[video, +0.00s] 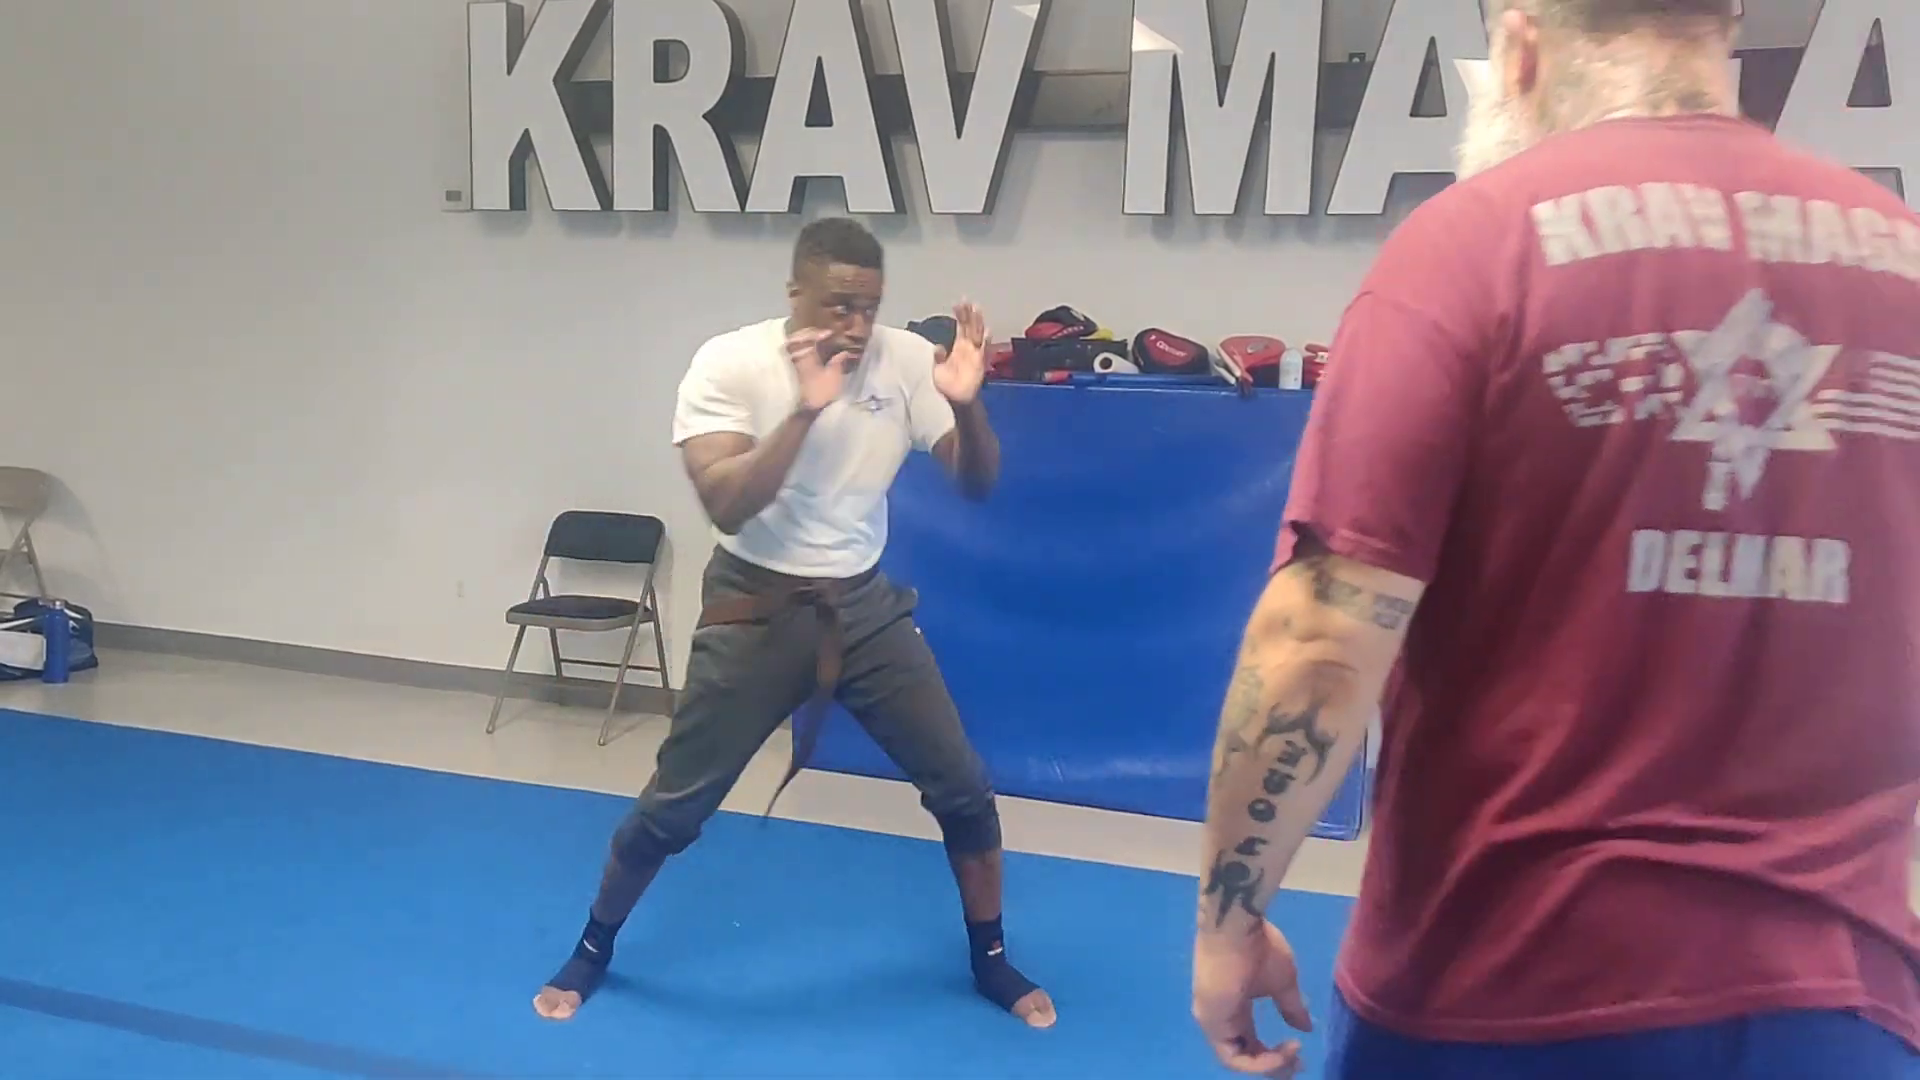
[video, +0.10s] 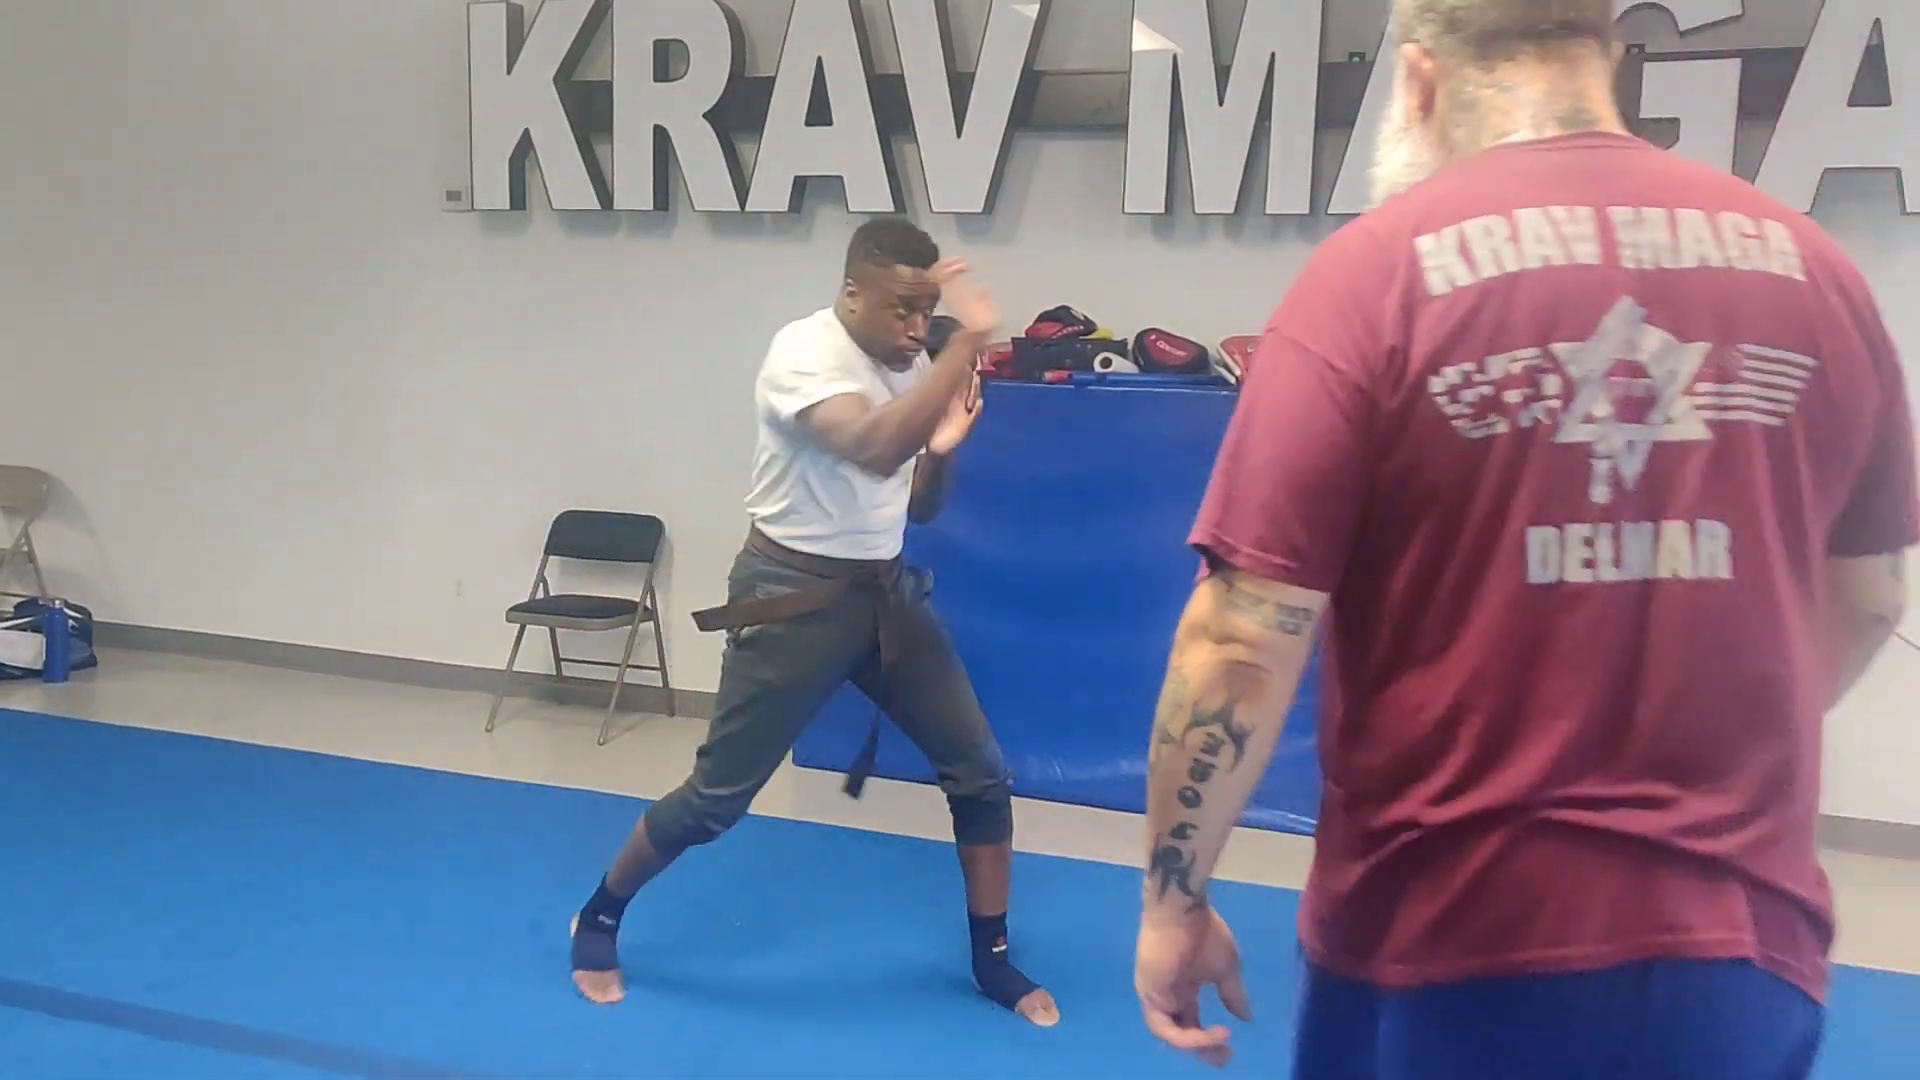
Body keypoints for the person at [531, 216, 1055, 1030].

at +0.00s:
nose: (852, 326)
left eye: (867, 308)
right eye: (835, 308)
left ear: (881, 301)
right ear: (793, 294)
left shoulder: (904, 359)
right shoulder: (727, 366)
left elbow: (977, 480)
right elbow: (726, 506)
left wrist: (966, 405)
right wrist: (805, 411)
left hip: (866, 606)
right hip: (756, 607)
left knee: (965, 791)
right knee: (672, 809)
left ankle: (990, 959)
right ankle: (592, 949)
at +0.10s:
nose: (921, 328)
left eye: (929, 312)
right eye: (904, 309)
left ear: (932, 304)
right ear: (854, 294)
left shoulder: (910, 369)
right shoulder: (800, 353)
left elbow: (919, 505)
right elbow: (875, 446)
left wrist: (938, 457)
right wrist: (965, 343)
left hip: (885, 591)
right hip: (794, 590)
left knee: (981, 774)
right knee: (715, 798)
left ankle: (993, 959)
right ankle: (600, 916)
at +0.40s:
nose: (936, 326)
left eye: (947, 310)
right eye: (920, 307)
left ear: (955, 305)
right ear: (876, 293)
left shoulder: (943, 364)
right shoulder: (817, 360)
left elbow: (984, 489)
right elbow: (866, 484)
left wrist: (1001, 410)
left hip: (909, 592)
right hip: (813, 592)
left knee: (1001, 787)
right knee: (740, 800)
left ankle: (997, 962)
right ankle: (629, 918)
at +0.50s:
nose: (902, 316)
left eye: (915, 299)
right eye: (885, 299)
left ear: (929, 290)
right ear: (847, 284)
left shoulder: (947, 353)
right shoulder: (787, 359)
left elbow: (1005, 479)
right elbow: (787, 502)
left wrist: (997, 389)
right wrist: (873, 411)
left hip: (905, 587)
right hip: (799, 580)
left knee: (986, 786)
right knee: (726, 788)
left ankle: (995, 958)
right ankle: (646, 911)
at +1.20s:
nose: (572, 227)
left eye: (591, 212)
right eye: (565, 213)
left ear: (644, 225)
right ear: (564, 230)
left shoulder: (704, 323)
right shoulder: (572, 329)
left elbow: (755, 464)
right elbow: (570, 433)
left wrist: (657, 568)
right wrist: (555, 504)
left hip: (685, 564)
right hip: (601, 558)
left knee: (656, 764)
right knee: (615, 759)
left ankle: (666, 928)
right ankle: (665, 912)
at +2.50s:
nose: (388, 178)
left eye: (402, 159)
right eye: (362, 163)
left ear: (421, 174)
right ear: (322, 183)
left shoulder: (475, 296)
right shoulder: (269, 311)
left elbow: (511, 444)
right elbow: (208, 478)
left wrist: (572, 564)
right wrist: (192, 648)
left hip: (467, 569)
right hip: (341, 571)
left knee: (475, 804)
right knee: (315, 817)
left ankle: (472, 973)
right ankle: (319, 1047)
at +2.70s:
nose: (408, 180)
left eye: (414, 162)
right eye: (381, 166)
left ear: (425, 174)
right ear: (322, 185)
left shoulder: (453, 293)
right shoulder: (270, 316)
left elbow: (480, 440)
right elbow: (232, 496)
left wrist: (534, 561)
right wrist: (222, 671)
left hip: (456, 564)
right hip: (337, 565)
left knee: (513, 789)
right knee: (311, 816)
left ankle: (482, 964)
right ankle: (318, 1049)